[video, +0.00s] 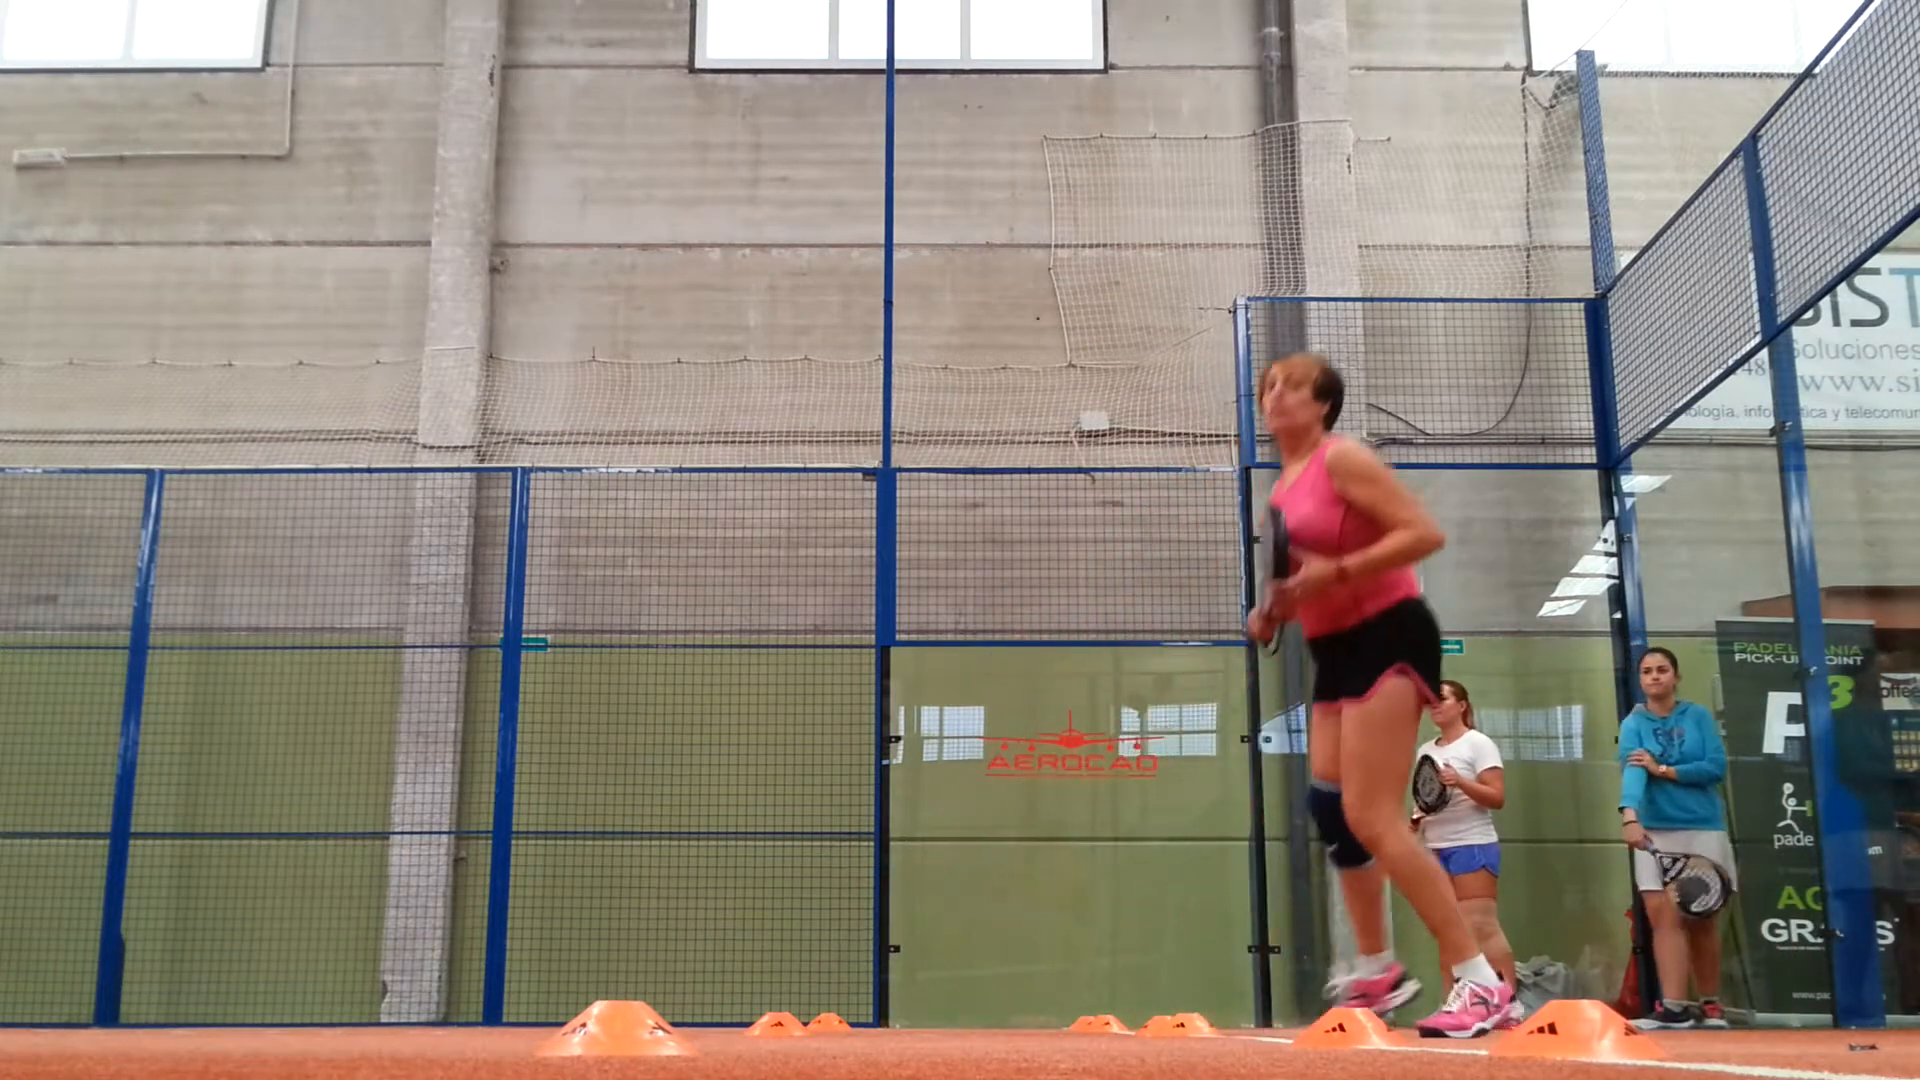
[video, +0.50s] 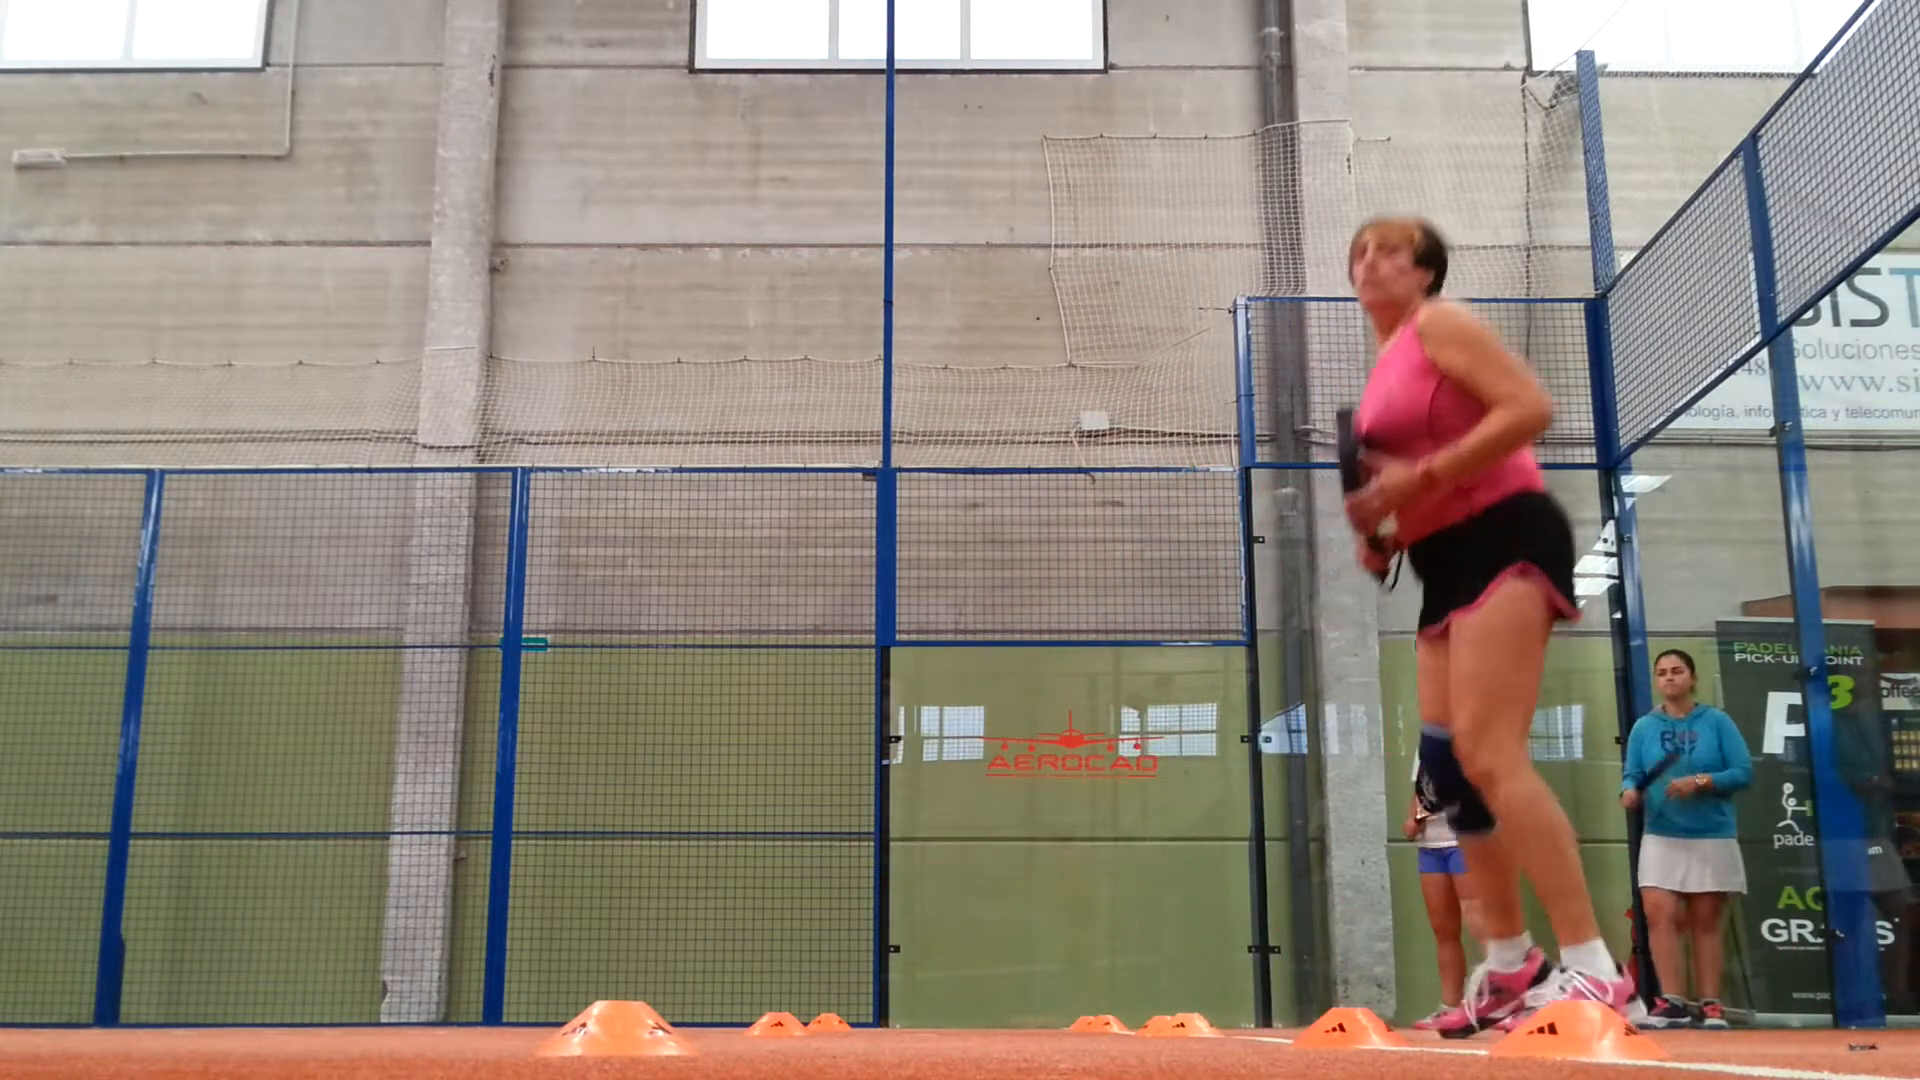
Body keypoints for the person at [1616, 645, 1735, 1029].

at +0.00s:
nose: (1654, 677)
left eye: (1661, 670)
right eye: (1648, 672)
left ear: (1676, 676)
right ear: (1640, 680)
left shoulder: (1698, 715)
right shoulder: (1633, 724)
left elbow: (1717, 766)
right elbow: (1633, 767)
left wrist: (1663, 770)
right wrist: (1629, 815)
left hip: (1701, 828)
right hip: (1653, 830)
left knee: (1703, 917)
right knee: (1660, 913)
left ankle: (1710, 1003)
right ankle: (1674, 1006)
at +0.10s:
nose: (1660, 678)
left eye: (1667, 671)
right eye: (1653, 673)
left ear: (1682, 677)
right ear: (1646, 681)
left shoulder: (1705, 718)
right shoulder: (1638, 725)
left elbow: (1725, 768)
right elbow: (1637, 771)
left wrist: (1670, 772)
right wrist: (1631, 809)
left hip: (1706, 832)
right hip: (1656, 834)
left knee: (1703, 921)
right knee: (1663, 917)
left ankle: (1710, 1004)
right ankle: (1674, 1007)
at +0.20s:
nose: (1664, 678)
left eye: (1671, 671)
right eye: (1658, 673)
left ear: (1686, 677)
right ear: (1650, 682)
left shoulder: (1710, 719)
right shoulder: (1641, 726)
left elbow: (1728, 769)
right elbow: (1638, 775)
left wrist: (1674, 772)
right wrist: (1633, 802)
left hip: (1709, 831)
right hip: (1659, 834)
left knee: (1705, 921)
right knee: (1665, 916)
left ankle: (1710, 1003)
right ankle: (1674, 1005)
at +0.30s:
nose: (1668, 677)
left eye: (1675, 671)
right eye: (1661, 673)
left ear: (1690, 678)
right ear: (1653, 682)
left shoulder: (1714, 720)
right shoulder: (1642, 726)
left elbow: (1733, 771)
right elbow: (1634, 777)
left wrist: (1679, 773)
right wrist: (1632, 800)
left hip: (1710, 831)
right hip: (1660, 831)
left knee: (1706, 919)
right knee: (1666, 916)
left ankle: (1710, 1004)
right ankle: (1673, 1005)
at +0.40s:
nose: (1669, 678)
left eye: (1676, 671)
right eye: (1662, 673)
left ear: (1692, 678)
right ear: (1655, 683)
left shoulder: (1716, 721)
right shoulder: (1643, 727)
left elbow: (1740, 773)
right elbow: (1635, 777)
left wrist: (1696, 777)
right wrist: (1630, 794)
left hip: (1711, 838)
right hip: (1661, 837)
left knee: (1707, 921)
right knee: (1665, 918)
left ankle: (1710, 1004)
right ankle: (1673, 1003)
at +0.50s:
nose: (1669, 678)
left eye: (1676, 672)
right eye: (1663, 674)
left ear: (1692, 678)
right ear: (1655, 683)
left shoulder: (1716, 721)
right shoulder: (1644, 726)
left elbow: (1743, 772)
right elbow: (1632, 773)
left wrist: (1702, 782)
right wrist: (1630, 790)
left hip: (1710, 838)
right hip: (1660, 838)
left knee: (1706, 919)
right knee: (1659, 916)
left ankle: (1710, 1003)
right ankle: (1672, 1001)